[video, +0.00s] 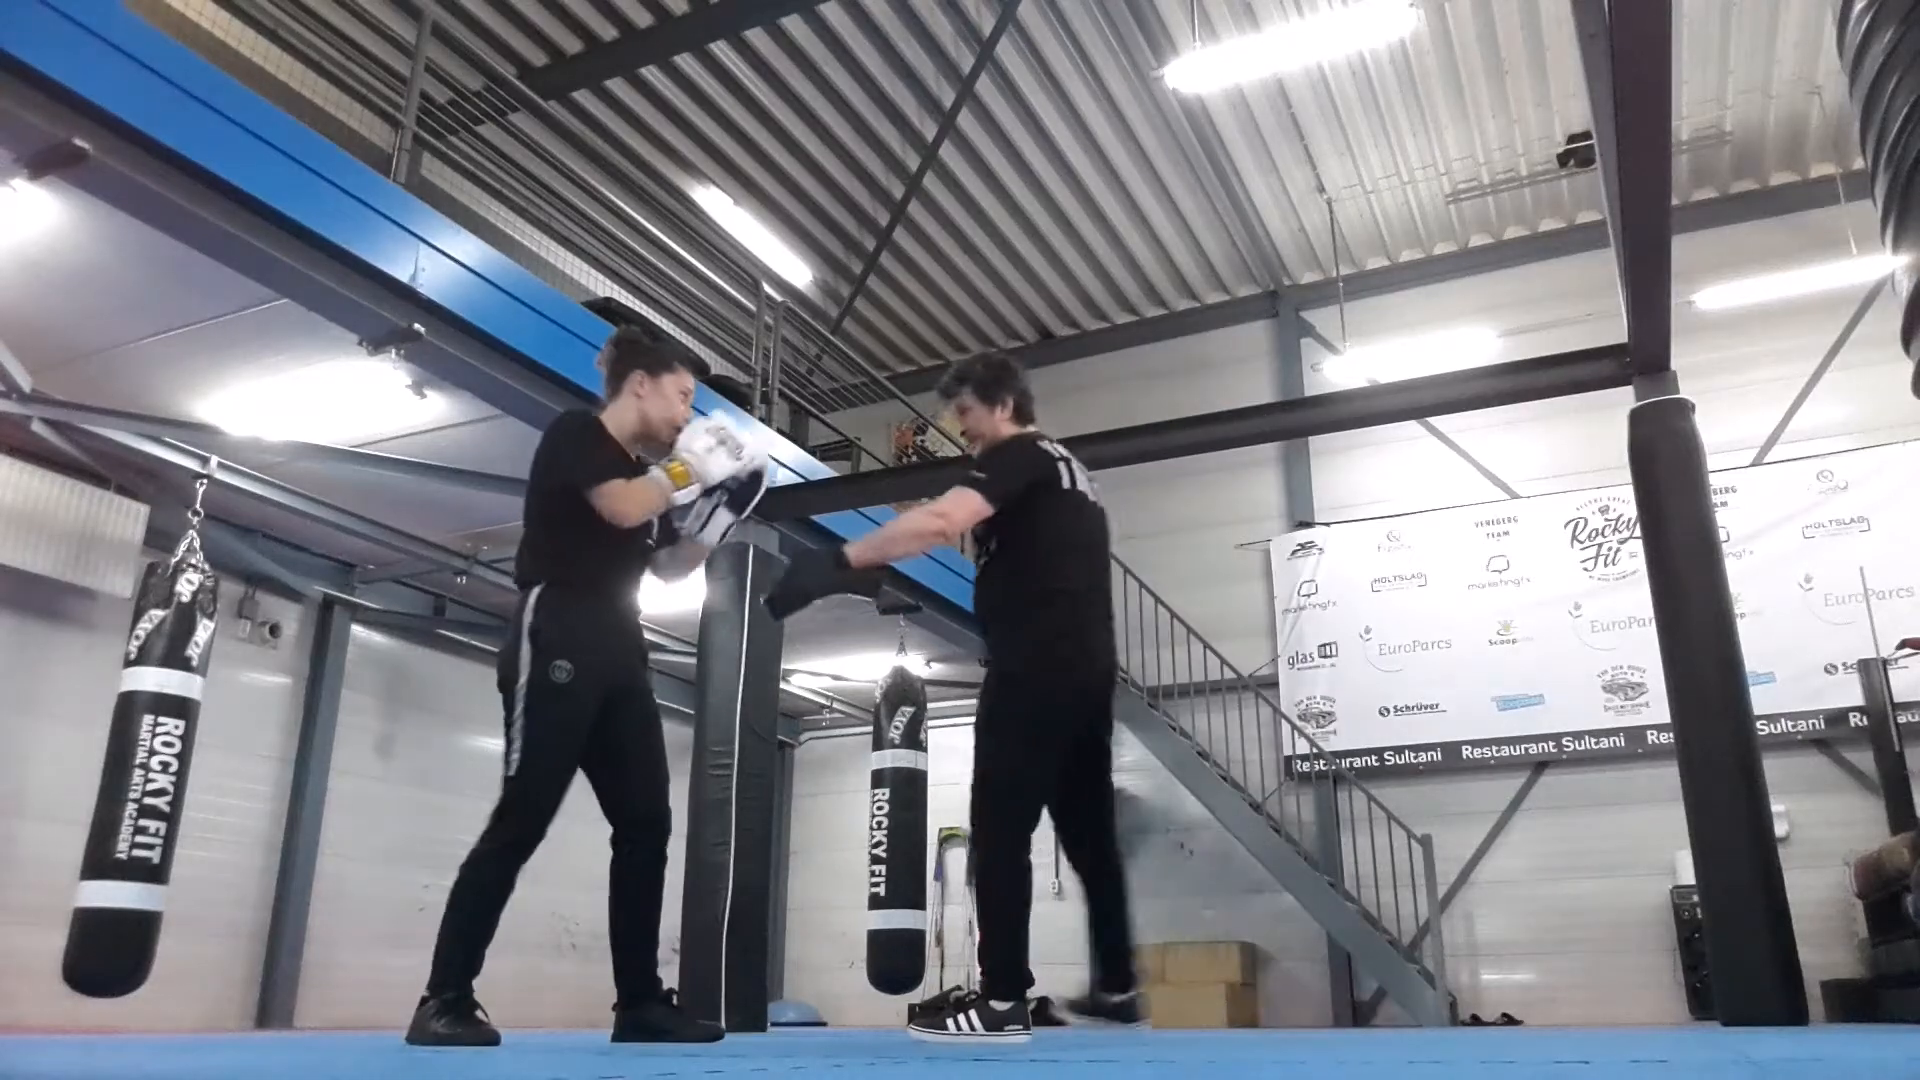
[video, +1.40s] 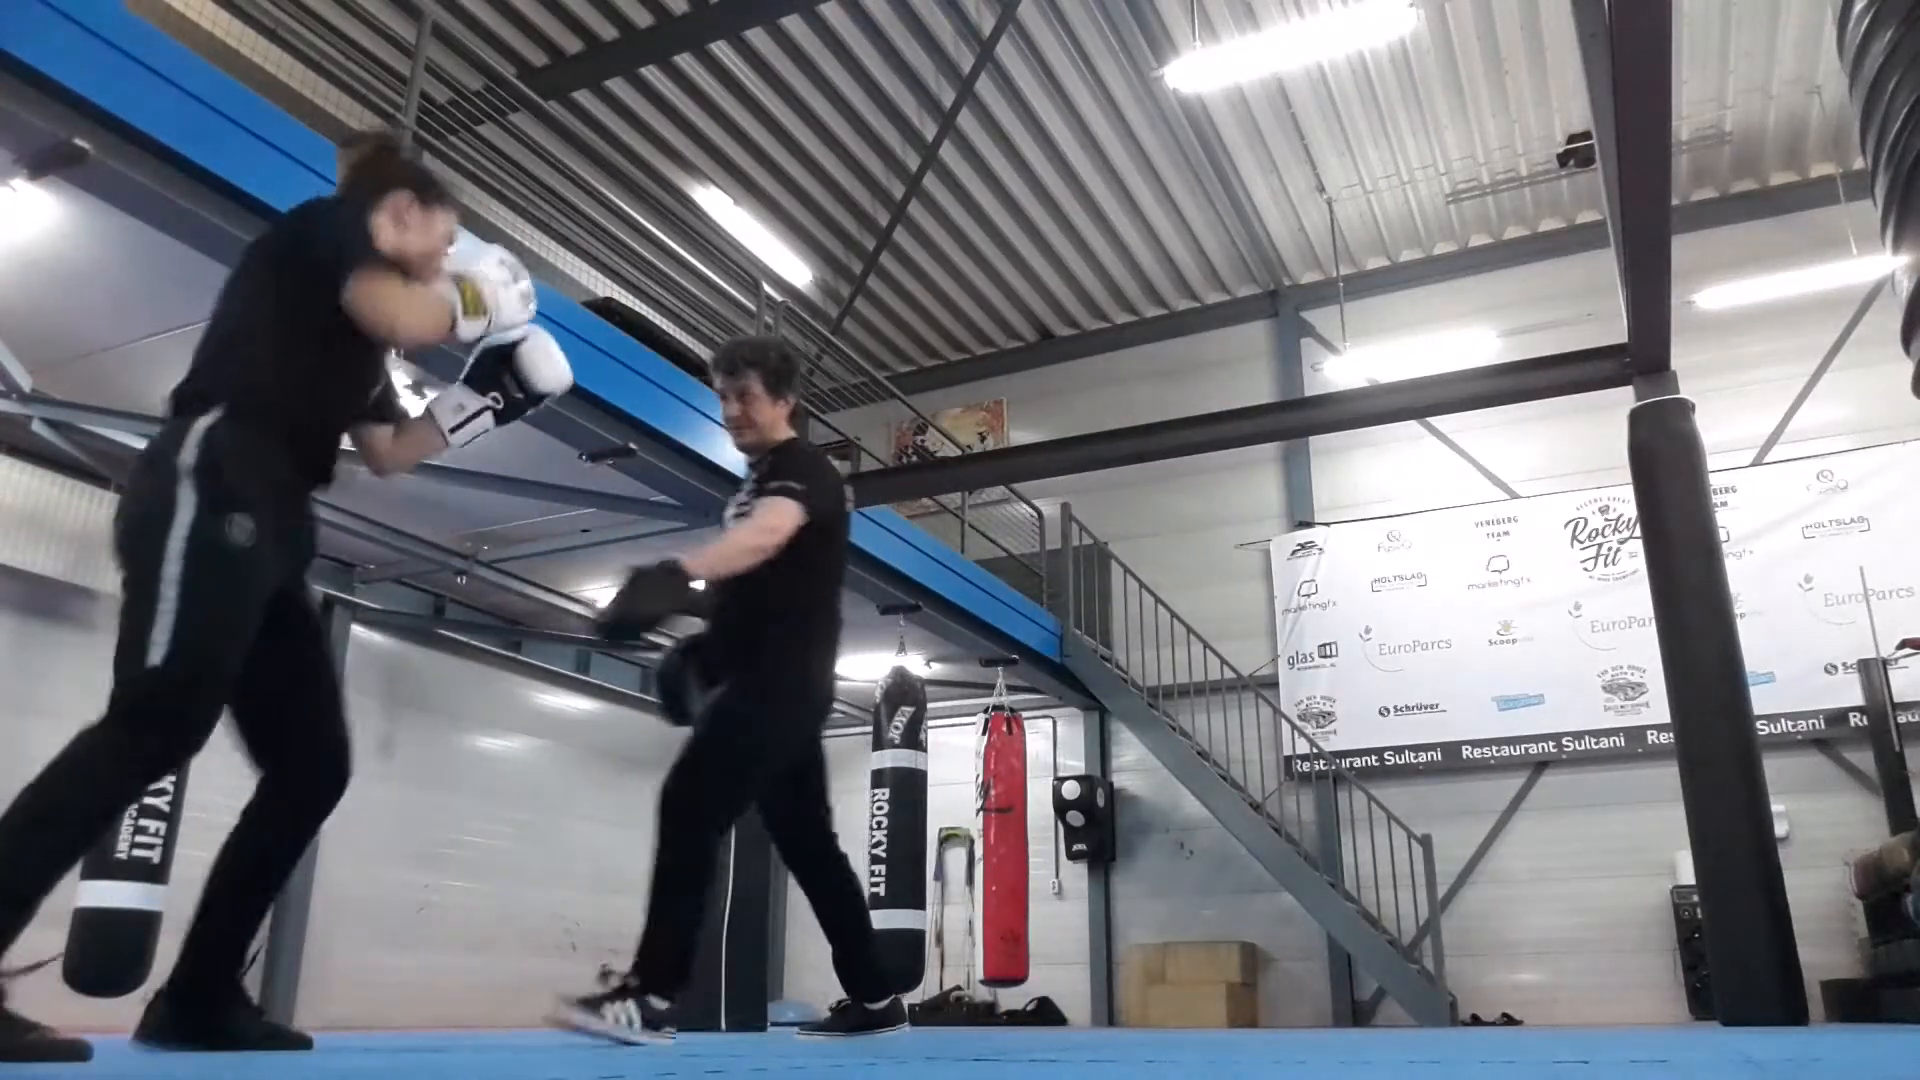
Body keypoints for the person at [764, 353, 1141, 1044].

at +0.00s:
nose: (963, 433)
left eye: (966, 417)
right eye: (958, 422)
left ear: (1003, 403)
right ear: (1020, 407)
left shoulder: (1016, 457)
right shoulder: (1070, 468)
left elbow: (936, 523)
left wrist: (837, 562)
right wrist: (948, 517)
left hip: (1027, 680)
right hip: (1086, 680)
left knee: (1000, 836)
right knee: (1091, 835)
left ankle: (1003, 998)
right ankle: (1116, 989)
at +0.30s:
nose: (933, 482)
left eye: (939, 465)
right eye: (928, 469)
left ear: (976, 454)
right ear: (978, 461)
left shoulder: (1009, 502)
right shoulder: (1011, 516)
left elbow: (957, 563)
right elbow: (955, 587)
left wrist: (865, 600)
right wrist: (895, 611)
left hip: (1004, 692)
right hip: (1037, 696)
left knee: (908, 802)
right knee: (1016, 852)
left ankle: (935, 974)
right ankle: (1073, 999)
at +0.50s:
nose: (888, 468)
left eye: (897, 452)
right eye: (883, 456)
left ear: (935, 445)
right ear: (931, 453)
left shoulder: (962, 494)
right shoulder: (959, 511)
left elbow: (911, 556)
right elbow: (911, 587)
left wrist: (819, 595)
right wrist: (852, 606)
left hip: (966, 697)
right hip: (994, 698)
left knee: (890, 830)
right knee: (1012, 855)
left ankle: (829, 991)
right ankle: (1075, 1000)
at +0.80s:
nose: (821, 429)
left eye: (829, 413)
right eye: (817, 416)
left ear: (870, 410)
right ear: (867, 418)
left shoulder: (891, 468)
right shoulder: (894, 475)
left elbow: (849, 541)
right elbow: (896, 597)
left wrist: (764, 590)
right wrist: (836, 669)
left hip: (889, 673)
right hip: (903, 673)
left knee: (819, 819)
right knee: (898, 835)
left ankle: (807, 1001)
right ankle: (999, 961)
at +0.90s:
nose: (810, 421)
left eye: (819, 405)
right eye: (806, 408)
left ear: (861, 400)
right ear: (836, 407)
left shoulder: (882, 459)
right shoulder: (870, 474)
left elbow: (835, 526)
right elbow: (870, 588)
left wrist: (747, 559)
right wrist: (814, 656)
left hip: (881, 667)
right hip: (873, 667)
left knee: (822, 813)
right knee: (855, 821)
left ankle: (808, 1001)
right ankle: (919, 978)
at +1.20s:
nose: (776, 435)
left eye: (786, 420)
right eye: (769, 424)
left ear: (824, 418)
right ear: (767, 429)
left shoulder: (850, 478)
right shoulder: (807, 497)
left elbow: (837, 551)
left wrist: (764, 614)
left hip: (829, 680)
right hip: (818, 683)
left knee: (726, 779)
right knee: (809, 843)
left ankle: (748, 973)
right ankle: (874, 997)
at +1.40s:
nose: (732, 412)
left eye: (745, 397)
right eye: (726, 400)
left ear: (787, 401)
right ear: (726, 406)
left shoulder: (803, 469)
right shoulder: (762, 483)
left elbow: (765, 535)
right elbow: (765, 599)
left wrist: (679, 572)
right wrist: (701, 651)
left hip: (778, 687)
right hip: (766, 687)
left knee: (689, 806)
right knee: (807, 844)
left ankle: (651, 993)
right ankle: (875, 995)